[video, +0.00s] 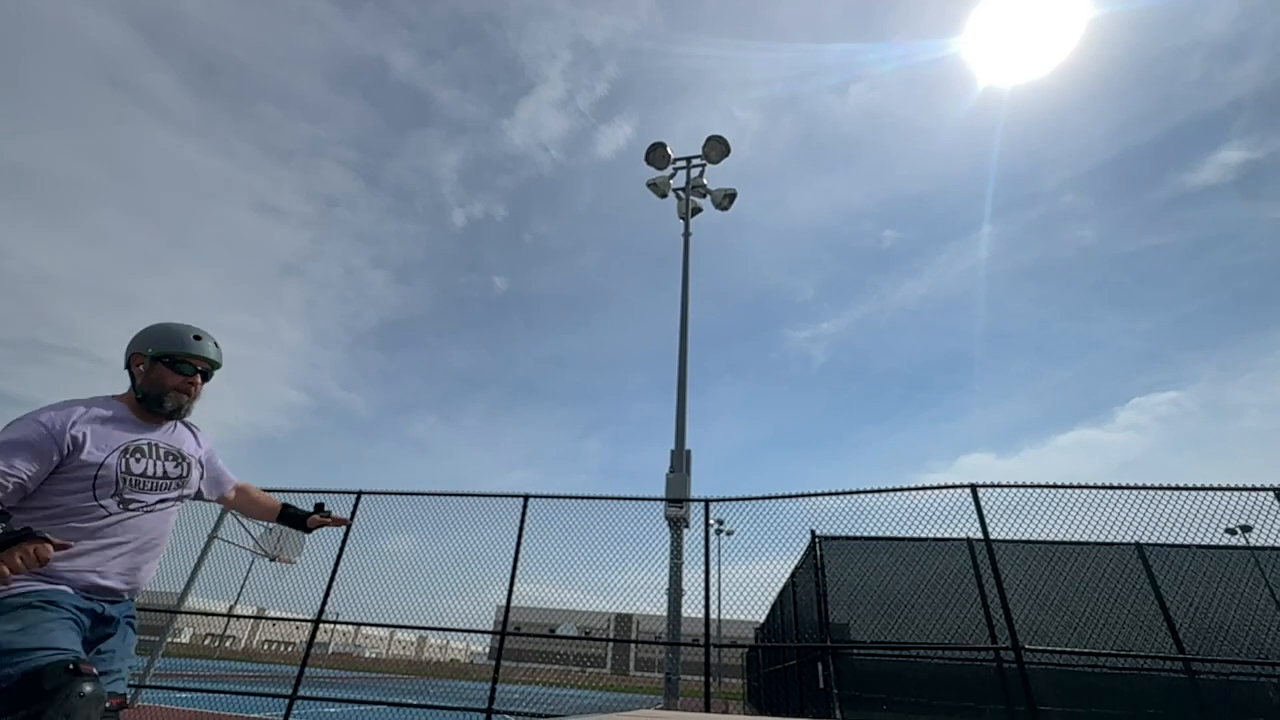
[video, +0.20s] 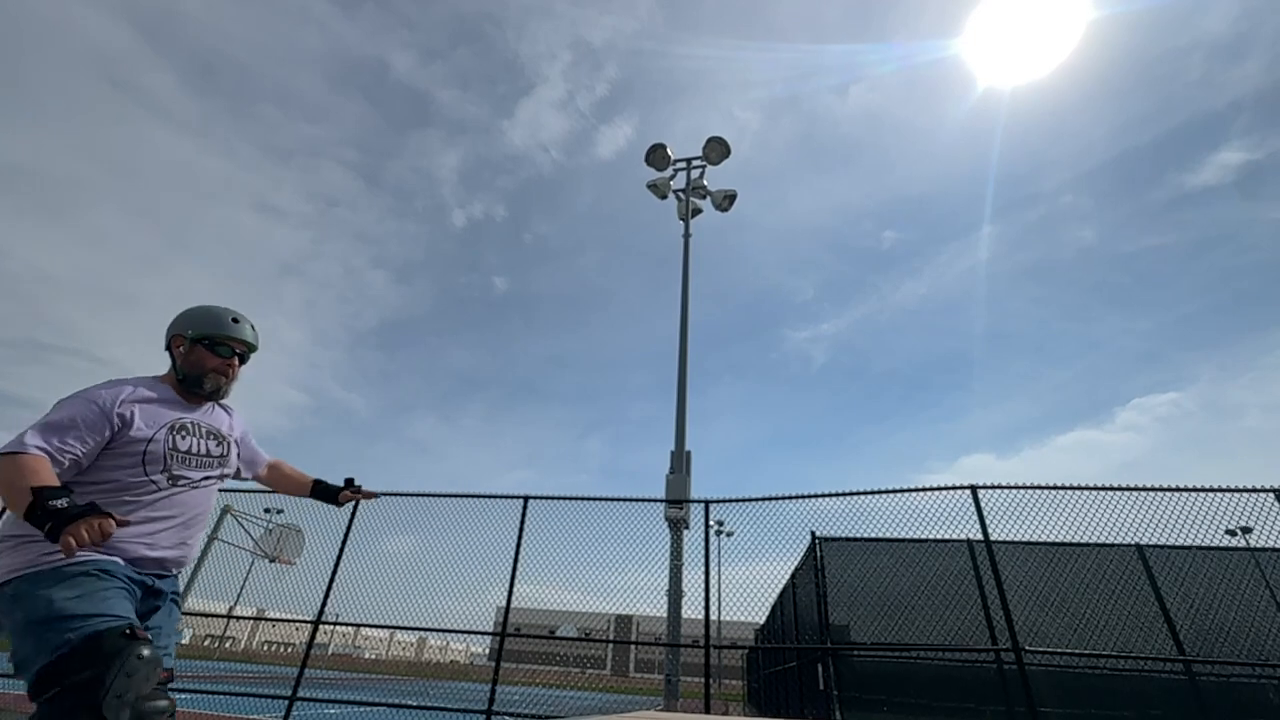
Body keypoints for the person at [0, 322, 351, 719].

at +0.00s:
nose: (194, 382)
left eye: (202, 375)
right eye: (181, 368)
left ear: (206, 385)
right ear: (139, 366)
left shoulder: (194, 446)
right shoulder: (65, 424)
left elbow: (237, 494)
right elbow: (0, 490)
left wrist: (302, 518)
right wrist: (7, 539)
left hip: (117, 613)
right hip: (37, 593)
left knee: (103, 708)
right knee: (65, 700)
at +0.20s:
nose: (232, 364)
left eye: (240, 357)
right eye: (219, 350)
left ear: (242, 367)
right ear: (179, 347)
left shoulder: (228, 426)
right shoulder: (117, 401)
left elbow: (266, 469)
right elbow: (21, 457)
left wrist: (329, 492)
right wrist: (59, 512)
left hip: (158, 587)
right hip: (68, 561)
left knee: (142, 701)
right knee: (112, 682)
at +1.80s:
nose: (483, 250)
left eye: (490, 244)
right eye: (475, 236)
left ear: (490, 247)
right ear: (444, 228)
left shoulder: (458, 286)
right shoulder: (420, 255)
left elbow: (489, 293)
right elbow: (409, 305)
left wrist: (532, 303)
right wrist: (455, 371)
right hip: (361, 369)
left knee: (483, 476)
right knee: (487, 415)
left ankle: (345, 570)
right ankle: (405, 487)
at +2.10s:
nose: (525, 241)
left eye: (530, 236)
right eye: (520, 227)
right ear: (488, 215)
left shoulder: (487, 267)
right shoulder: (467, 242)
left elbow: (518, 264)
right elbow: (469, 298)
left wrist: (560, 272)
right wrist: (506, 367)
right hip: (405, 349)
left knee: (532, 451)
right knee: (543, 395)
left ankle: (400, 488)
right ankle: (441, 418)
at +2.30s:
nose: (554, 234)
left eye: (560, 228)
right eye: (549, 219)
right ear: (517, 207)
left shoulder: (511, 253)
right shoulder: (496, 235)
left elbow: (544, 251)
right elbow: (505, 291)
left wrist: (577, 252)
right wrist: (533, 357)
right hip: (432, 335)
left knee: (552, 440)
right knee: (572, 387)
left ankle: (439, 438)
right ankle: (466, 383)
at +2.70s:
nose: (605, 228)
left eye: (611, 222)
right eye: (601, 213)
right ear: (570, 201)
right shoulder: (556, 228)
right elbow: (568, 287)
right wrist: (581, 363)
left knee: (597, 428)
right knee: (625, 376)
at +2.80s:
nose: (620, 226)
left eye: (625, 220)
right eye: (615, 211)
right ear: (584, 200)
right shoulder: (571, 227)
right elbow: (581, 286)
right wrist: (591, 360)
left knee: (607, 427)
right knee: (638, 372)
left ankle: (504, 377)